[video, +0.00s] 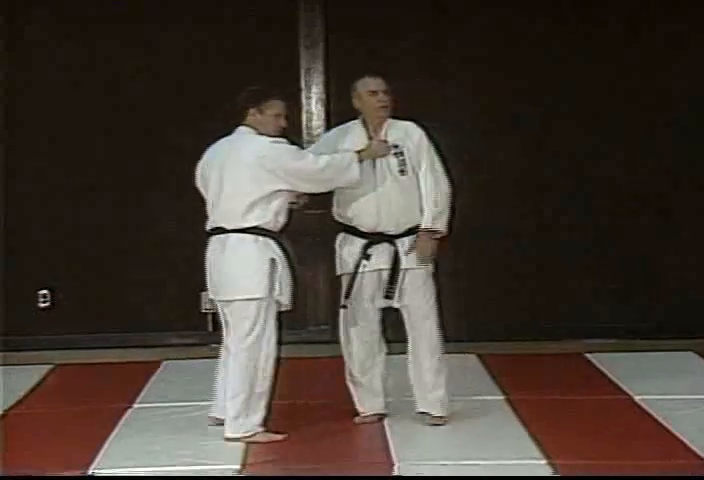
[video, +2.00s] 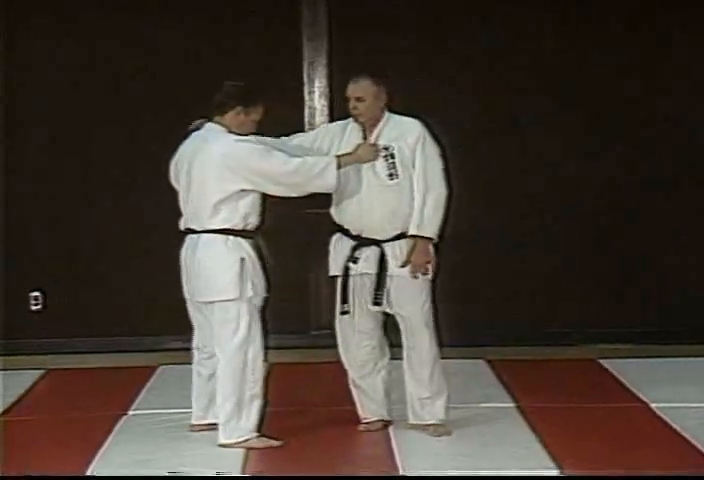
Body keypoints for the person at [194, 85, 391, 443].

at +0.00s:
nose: (283, 124)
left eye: (284, 117)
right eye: (277, 117)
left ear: (248, 117)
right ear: (254, 115)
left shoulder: (214, 153)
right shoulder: (269, 151)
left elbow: (208, 189)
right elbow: (316, 169)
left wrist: (277, 196)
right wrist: (362, 155)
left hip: (219, 250)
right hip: (252, 252)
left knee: (234, 338)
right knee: (252, 342)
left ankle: (223, 409)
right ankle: (243, 425)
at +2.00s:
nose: (256, 126)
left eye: (257, 119)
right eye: (254, 118)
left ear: (224, 113)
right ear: (237, 113)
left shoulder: (190, 146)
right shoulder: (235, 149)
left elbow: (175, 176)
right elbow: (288, 169)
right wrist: (350, 158)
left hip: (194, 249)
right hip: (228, 253)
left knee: (206, 340)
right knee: (239, 344)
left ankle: (203, 413)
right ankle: (237, 430)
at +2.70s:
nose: (263, 125)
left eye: (265, 118)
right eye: (261, 117)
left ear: (228, 113)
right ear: (243, 113)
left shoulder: (194, 145)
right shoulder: (240, 149)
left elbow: (179, 175)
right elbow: (295, 169)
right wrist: (359, 161)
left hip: (189, 250)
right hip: (224, 253)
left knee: (202, 343)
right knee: (235, 347)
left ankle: (205, 416)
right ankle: (237, 431)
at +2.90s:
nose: (266, 127)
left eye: (268, 120)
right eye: (264, 119)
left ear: (231, 114)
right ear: (245, 114)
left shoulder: (195, 145)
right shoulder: (242, 150)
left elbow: (179, 176)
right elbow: (297, 172)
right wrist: (359, 163)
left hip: (185, 250)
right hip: (221, 254)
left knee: (197, 344)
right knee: (233, 346)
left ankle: (202, 416)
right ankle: (236, 431)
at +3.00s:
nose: (264, 129)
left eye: (266, 122)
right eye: (263, 121)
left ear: (232, 115)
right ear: (244, 115)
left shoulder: (195, 145)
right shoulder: (242, 150)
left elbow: (179, 176)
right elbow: (296, 170)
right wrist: (359, 162)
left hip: (185, 251)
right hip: (221, 255)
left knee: (198, 345)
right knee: (234, 346)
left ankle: (202, 417)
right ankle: (237, 431)